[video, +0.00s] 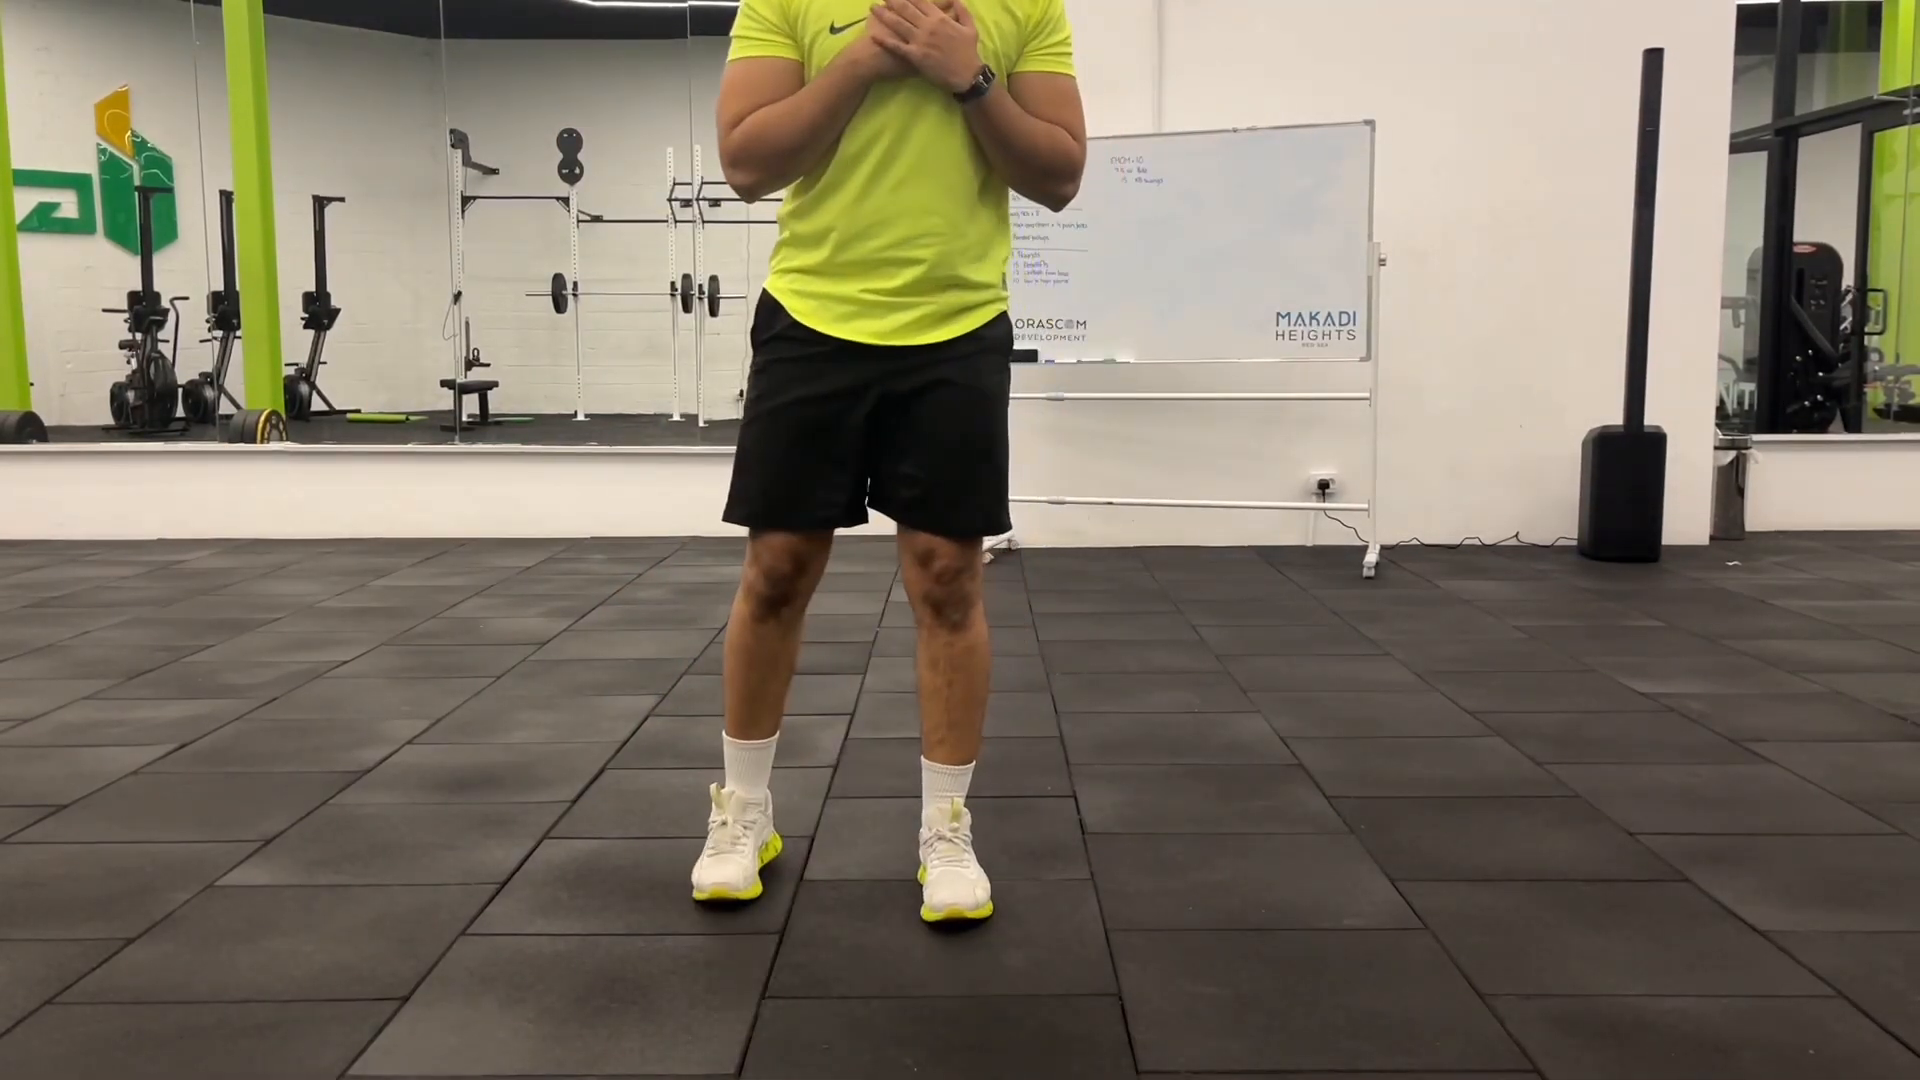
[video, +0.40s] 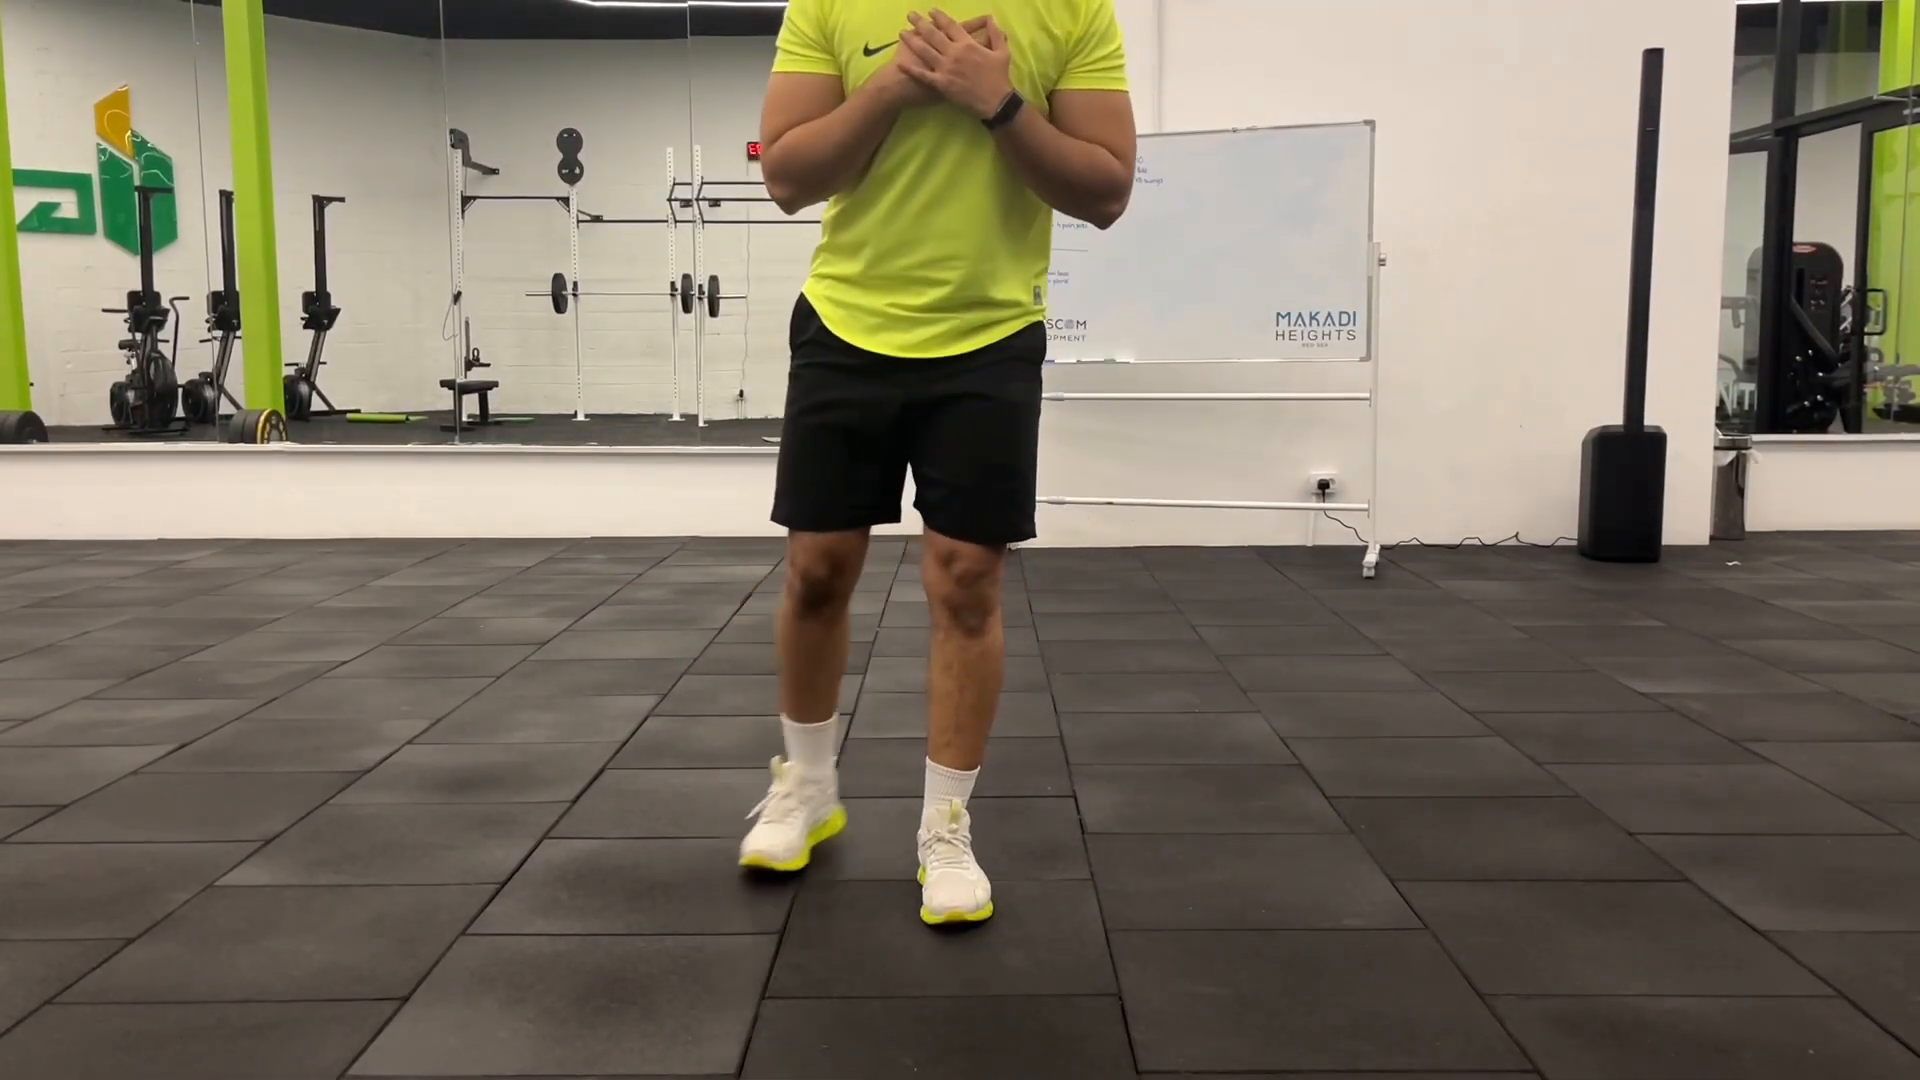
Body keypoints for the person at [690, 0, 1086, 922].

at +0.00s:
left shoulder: (1021, 6)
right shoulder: (785, 1)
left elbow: (1060, 177)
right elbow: (747, 163)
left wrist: (973, 81)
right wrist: (863, 56)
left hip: (957, 322)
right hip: (813, 315)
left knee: (947, 578)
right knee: (777, 572)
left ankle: (948, 841)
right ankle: (742, 813)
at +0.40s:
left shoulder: (1072, 12)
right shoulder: (827, 6)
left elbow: (1106, 191)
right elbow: (787, 178)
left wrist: (1001, 104)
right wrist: (890, 83)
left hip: (989, 328)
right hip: (848, 319)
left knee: (967, 578)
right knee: (816, 573)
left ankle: (946, 830)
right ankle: (803, 788)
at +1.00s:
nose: (990, 106)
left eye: (1014, 80)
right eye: (969, 80)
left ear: (1041, 77)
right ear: (932, 72)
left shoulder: (1095, 196)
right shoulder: (865, 193)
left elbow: (1132, 363)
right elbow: (831, 364)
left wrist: (1030, 320)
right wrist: (930, 307)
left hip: (1041, 431)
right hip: (925, 450)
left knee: (971, 608)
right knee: (1023, 651)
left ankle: (946, 835)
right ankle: (1118, 687)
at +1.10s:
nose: (992, 151)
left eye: (1013, 124)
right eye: (971, 124)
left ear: (1042, 120)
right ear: (937, 119)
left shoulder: (1099, 236)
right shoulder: (871, 237)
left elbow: (1137, 399)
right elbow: (844, 399)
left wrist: (1035, 359)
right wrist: (933, 346)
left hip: (1050, 459)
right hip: (934, 481)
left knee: (971, 608)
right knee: (1025, 697)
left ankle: (946, 835)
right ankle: (1128, 686)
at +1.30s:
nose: (996, 195)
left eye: (1016, 170)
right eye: (975, 169)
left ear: (1045, 169)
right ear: (940, 166)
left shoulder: (1104, 286)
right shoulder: (882, 289)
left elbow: (1143, 447)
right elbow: (855, 453)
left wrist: (1039, 403)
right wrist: (941, 390)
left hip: (1062, 502)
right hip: (944, 525)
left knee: (971, 614)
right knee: (1025, 752)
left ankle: (943, 831)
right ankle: (1125, 690)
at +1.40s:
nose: (998, 208)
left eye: (1019, 183)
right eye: (978, 182)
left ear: (1048, 182)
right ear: (944, 181)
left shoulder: (1106, 301)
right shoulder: (885, 303)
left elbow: (1144, 462)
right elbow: (860, 466)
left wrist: (1041, 417)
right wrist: (943, 403)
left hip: (1062, 515)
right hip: (945, 538)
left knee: (973, 613)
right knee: (1027, 770)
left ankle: (944, 833)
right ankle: (1126, 692)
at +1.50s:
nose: (999, 217)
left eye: (1020, 193)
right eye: (979, 192)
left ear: (1048, 193)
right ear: (946, 191)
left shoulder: (1106, 313)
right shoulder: (885, 313)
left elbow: (1144, 473)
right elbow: (858, 477)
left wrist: (1040, 426)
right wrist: (943, 413)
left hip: (1063, 523)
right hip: (944, 546)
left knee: (970, 613)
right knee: (1028, 782)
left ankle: (943, 831)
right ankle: (1124, 693)